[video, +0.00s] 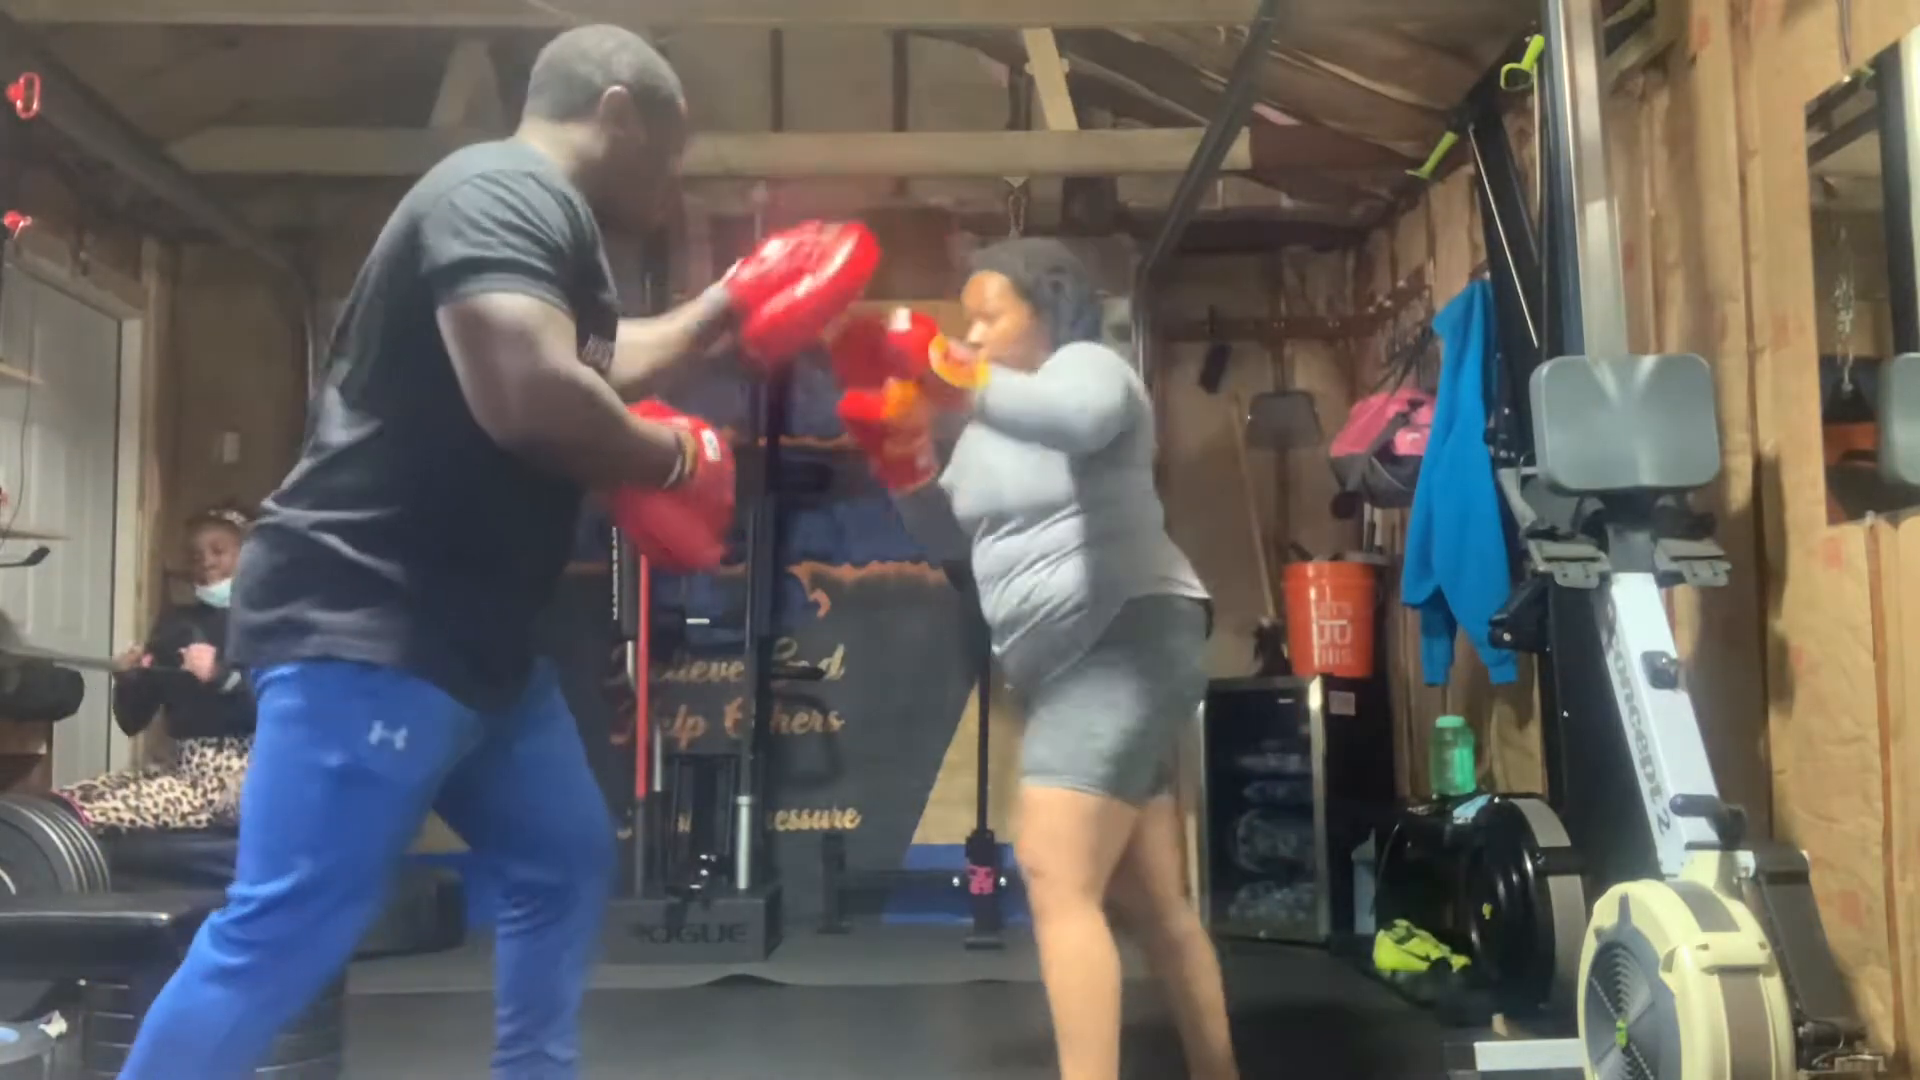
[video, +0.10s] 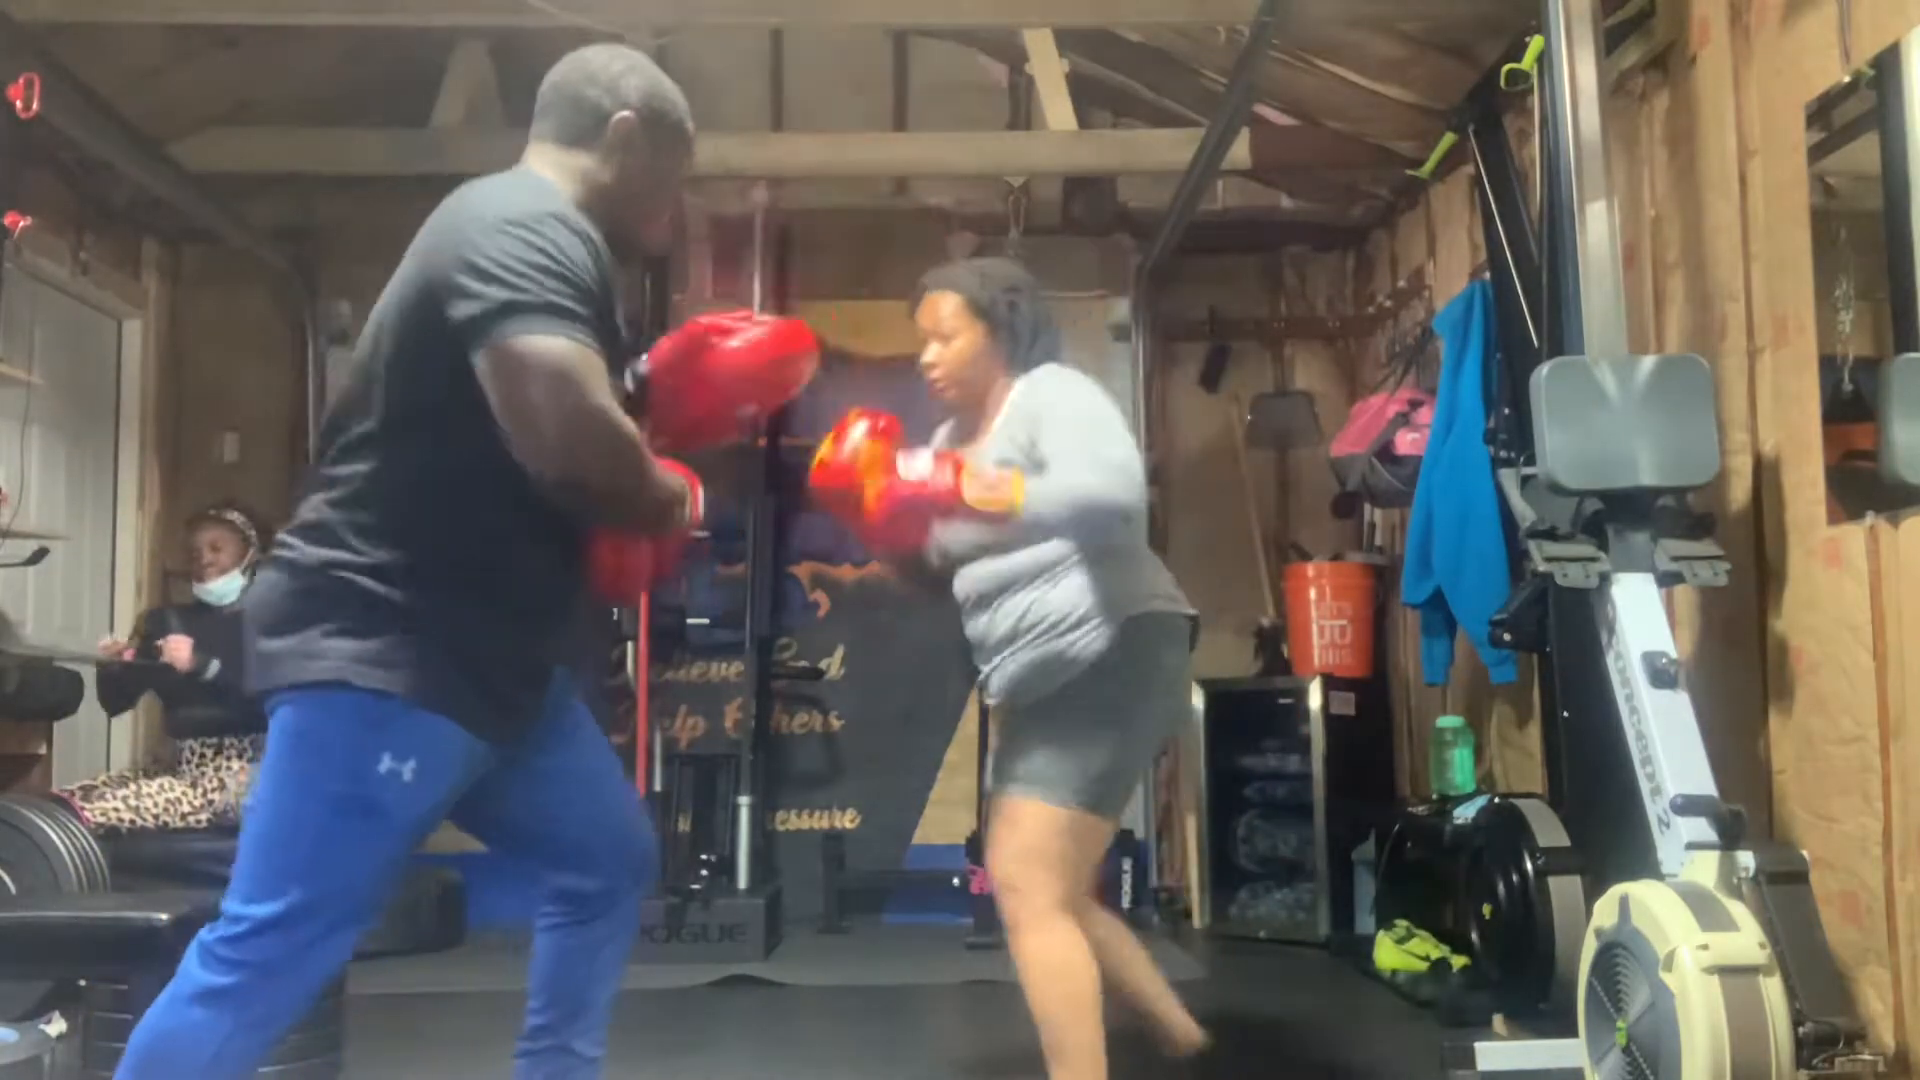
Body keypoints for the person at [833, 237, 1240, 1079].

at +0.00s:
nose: (972, 337)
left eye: (989, 317)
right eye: (967, 321)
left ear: (1049, 312)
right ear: (968, 332)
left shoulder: (1089, 363)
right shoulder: (983, 421)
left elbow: (1091, 415)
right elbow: (948, 536)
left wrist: (971, 384)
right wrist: (904, 471)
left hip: (1128, 629)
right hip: (1063, 656)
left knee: (1058, 874)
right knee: (1156, 906)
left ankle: (1088, 1074)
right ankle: (1218, 1073)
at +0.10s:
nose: (926, 357)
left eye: (942, 338)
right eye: (923, 340)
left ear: (999, 333)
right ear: (937, 345)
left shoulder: (1053, 391)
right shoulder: (948, 442)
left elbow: (1116, 491)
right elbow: (939, 571)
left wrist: (993, 496)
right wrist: (867, 576)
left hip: (1113, 649)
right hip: (1035, 678)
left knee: (1028, 879)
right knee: (1050, 888)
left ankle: (1078, 1073)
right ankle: (1186, 1041)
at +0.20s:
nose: (879, 395)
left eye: (894, 374)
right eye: (875, 379)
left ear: (955, 367)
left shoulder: (1018, 430)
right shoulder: (912, 482)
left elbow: (1129, 536)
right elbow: (914, 613)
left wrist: (1010, 557)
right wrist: (849, 581)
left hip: (1088, 685)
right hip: (984, 703)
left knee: (997, 897)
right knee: (926, 882)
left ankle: (1068, 1071)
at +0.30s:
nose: (843, 424)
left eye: (860, 401)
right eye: (837, 408)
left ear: (911, 398)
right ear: (841, 421)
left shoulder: (987, 456)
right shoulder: (867, 505)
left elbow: (1093, 556)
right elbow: (897, 626)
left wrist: (986, 549)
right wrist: (845, 610)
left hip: (1048, 712)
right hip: (935, 723)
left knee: (968, 918)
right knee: (853, 891)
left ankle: (1059, 1070)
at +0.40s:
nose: (812, 450)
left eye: (825, 429)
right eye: (807, 436)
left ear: (873, 421)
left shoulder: (957, 494)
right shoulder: (843, 508)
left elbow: (889, 599)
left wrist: (797, 598)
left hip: (996, 732)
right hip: (879, 742)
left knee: (947, 933)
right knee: (790, 917)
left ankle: (1052, 1073)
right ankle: (698, 1066)